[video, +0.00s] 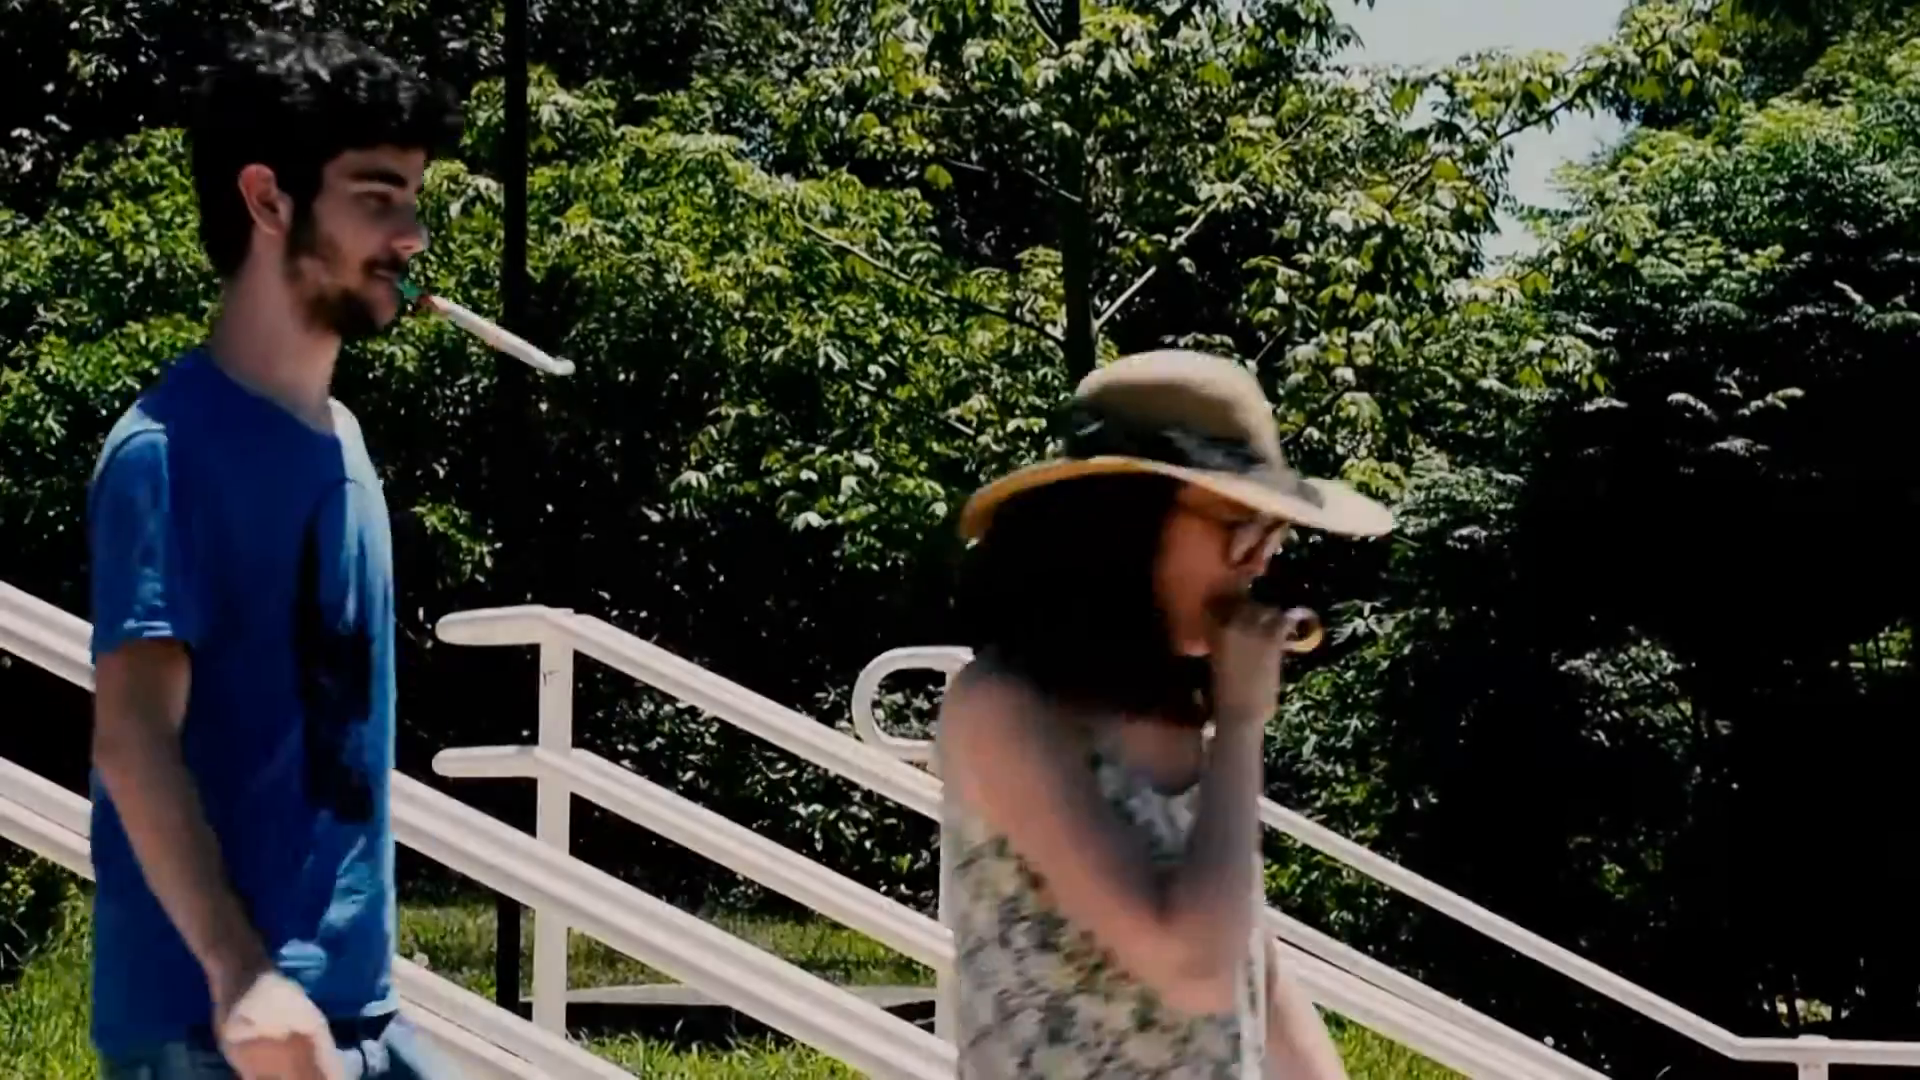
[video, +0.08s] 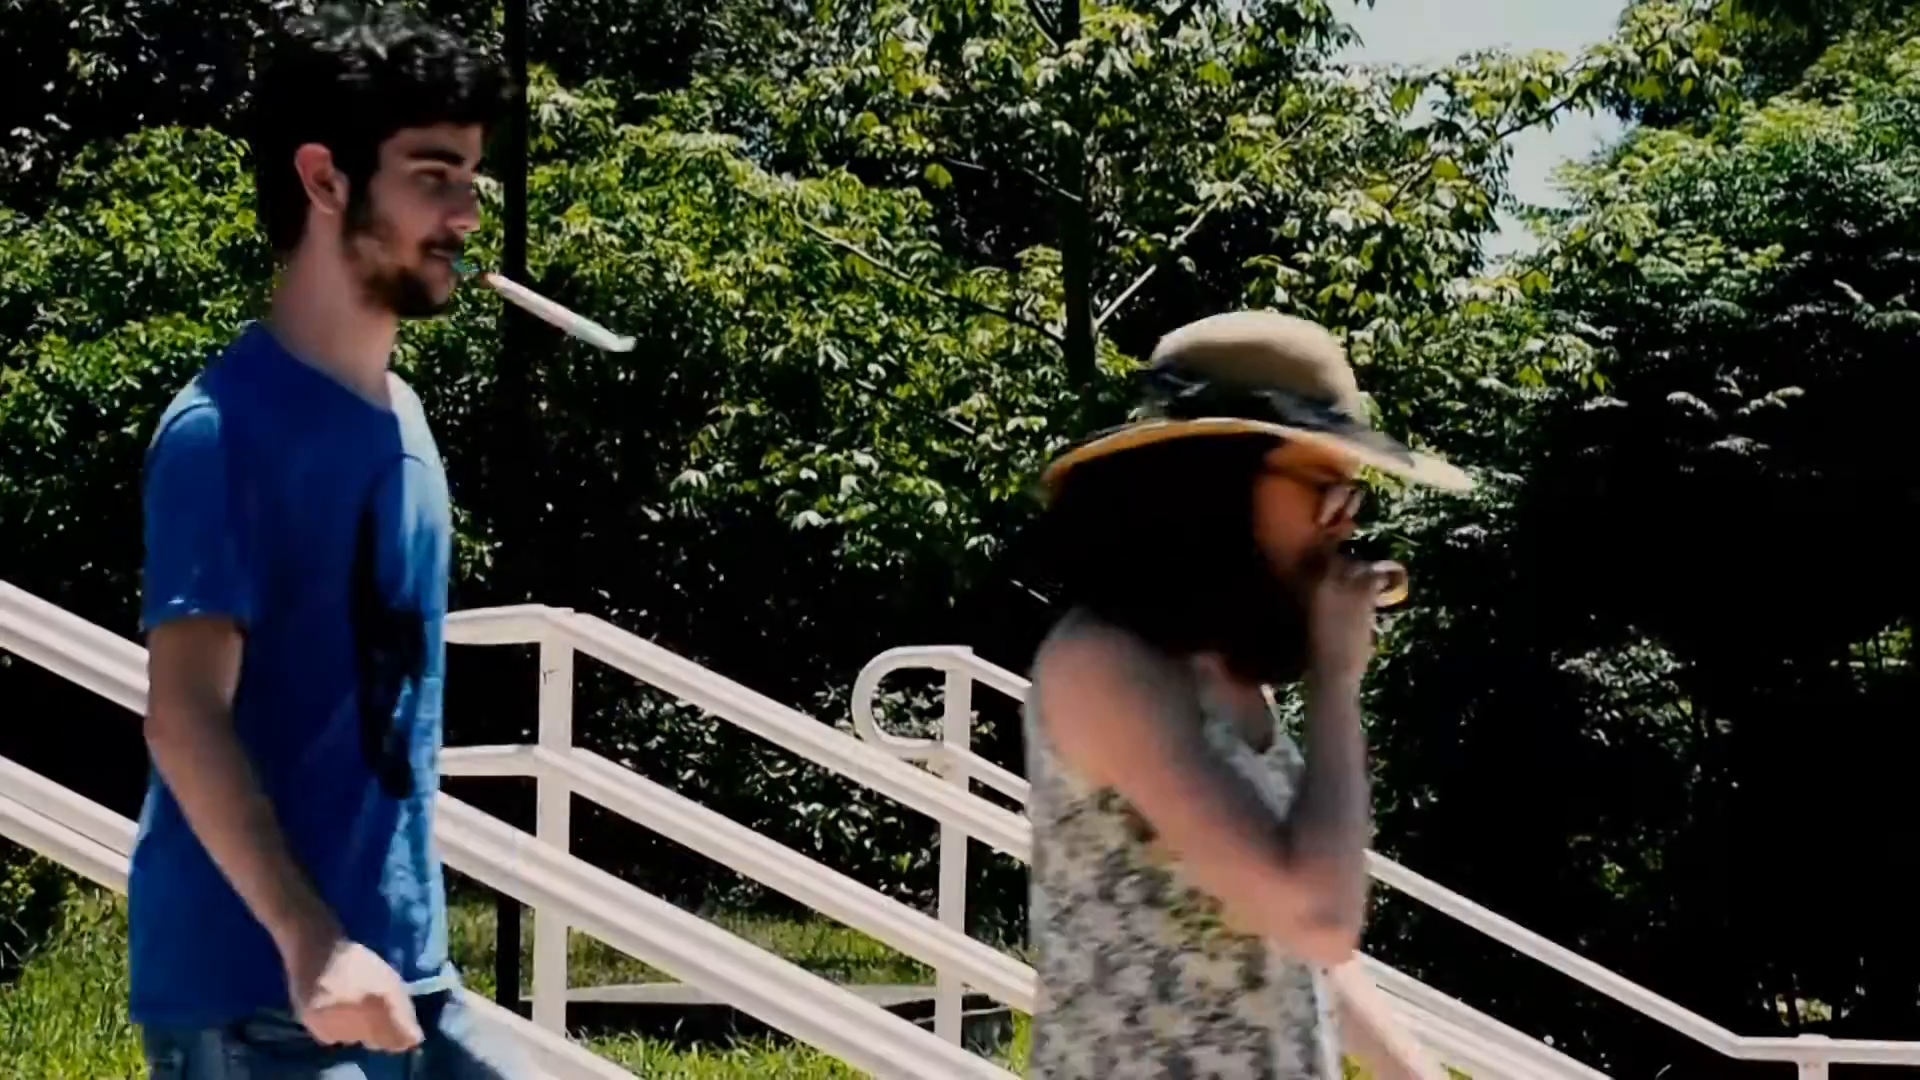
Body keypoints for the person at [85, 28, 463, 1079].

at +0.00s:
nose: (411, 240)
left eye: (414, 207)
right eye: (379, 200)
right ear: (269, 199)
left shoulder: (338, 439)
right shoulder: (163, 452)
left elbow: (309, 721)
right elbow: (131, 738)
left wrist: (357, 965)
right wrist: (242, 978)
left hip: (357, 1007)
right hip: (210, 1031)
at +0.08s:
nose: (467, 215)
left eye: (471, 184)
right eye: (435, 178)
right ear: (325, 179)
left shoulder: (394, 412)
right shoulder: (220, 433)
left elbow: (356, 696)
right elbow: (184, 714)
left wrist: (398, 940)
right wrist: (311, 940)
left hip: (402, 970)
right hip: (250, 999)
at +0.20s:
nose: (555, 233)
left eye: (558, 198)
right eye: (520, 193)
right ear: (409, 196)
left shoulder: (482, 428)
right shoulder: (303, 450)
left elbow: (447, 706)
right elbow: (238, 734)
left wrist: (486, 954)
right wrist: (401, 945)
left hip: (478, 988)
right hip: (326, 1010)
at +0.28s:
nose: (610, 287)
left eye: (612, 250)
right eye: (576, 245)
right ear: (465, 249)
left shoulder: (551, 483)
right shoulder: (359, 500)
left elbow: (527, 766)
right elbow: (282, 791)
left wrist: (559, 1010)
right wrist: (445, 1002)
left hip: (545, 1029)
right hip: (395, 1044)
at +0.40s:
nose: (696, 371)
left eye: (697, 333)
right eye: (660, 328)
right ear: (549, 336)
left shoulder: (644, 573)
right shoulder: (447, 595)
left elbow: (634, 854)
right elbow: (366, 881)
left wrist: (668, 1052)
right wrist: (452, 1069)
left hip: (649, 1051)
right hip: (527, 1054)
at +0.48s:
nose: (761, 384)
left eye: (761, 346)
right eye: (723, 342)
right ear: (614, 349)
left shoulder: (702, 584)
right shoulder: (505, 607)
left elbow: (724, 863)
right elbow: (425, 896)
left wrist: (790, 1059)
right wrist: (473, 1070)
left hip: (716, 1058)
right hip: (572, 1056)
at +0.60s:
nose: (842, 359)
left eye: (842, 324)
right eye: (808, 317)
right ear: (699, 323)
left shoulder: (782, 561)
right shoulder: (593, 583)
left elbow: (794, 827)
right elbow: (493, 869)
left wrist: (920, 1007)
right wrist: (545, 1071)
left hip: (787, 1050)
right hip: (657, 1053)